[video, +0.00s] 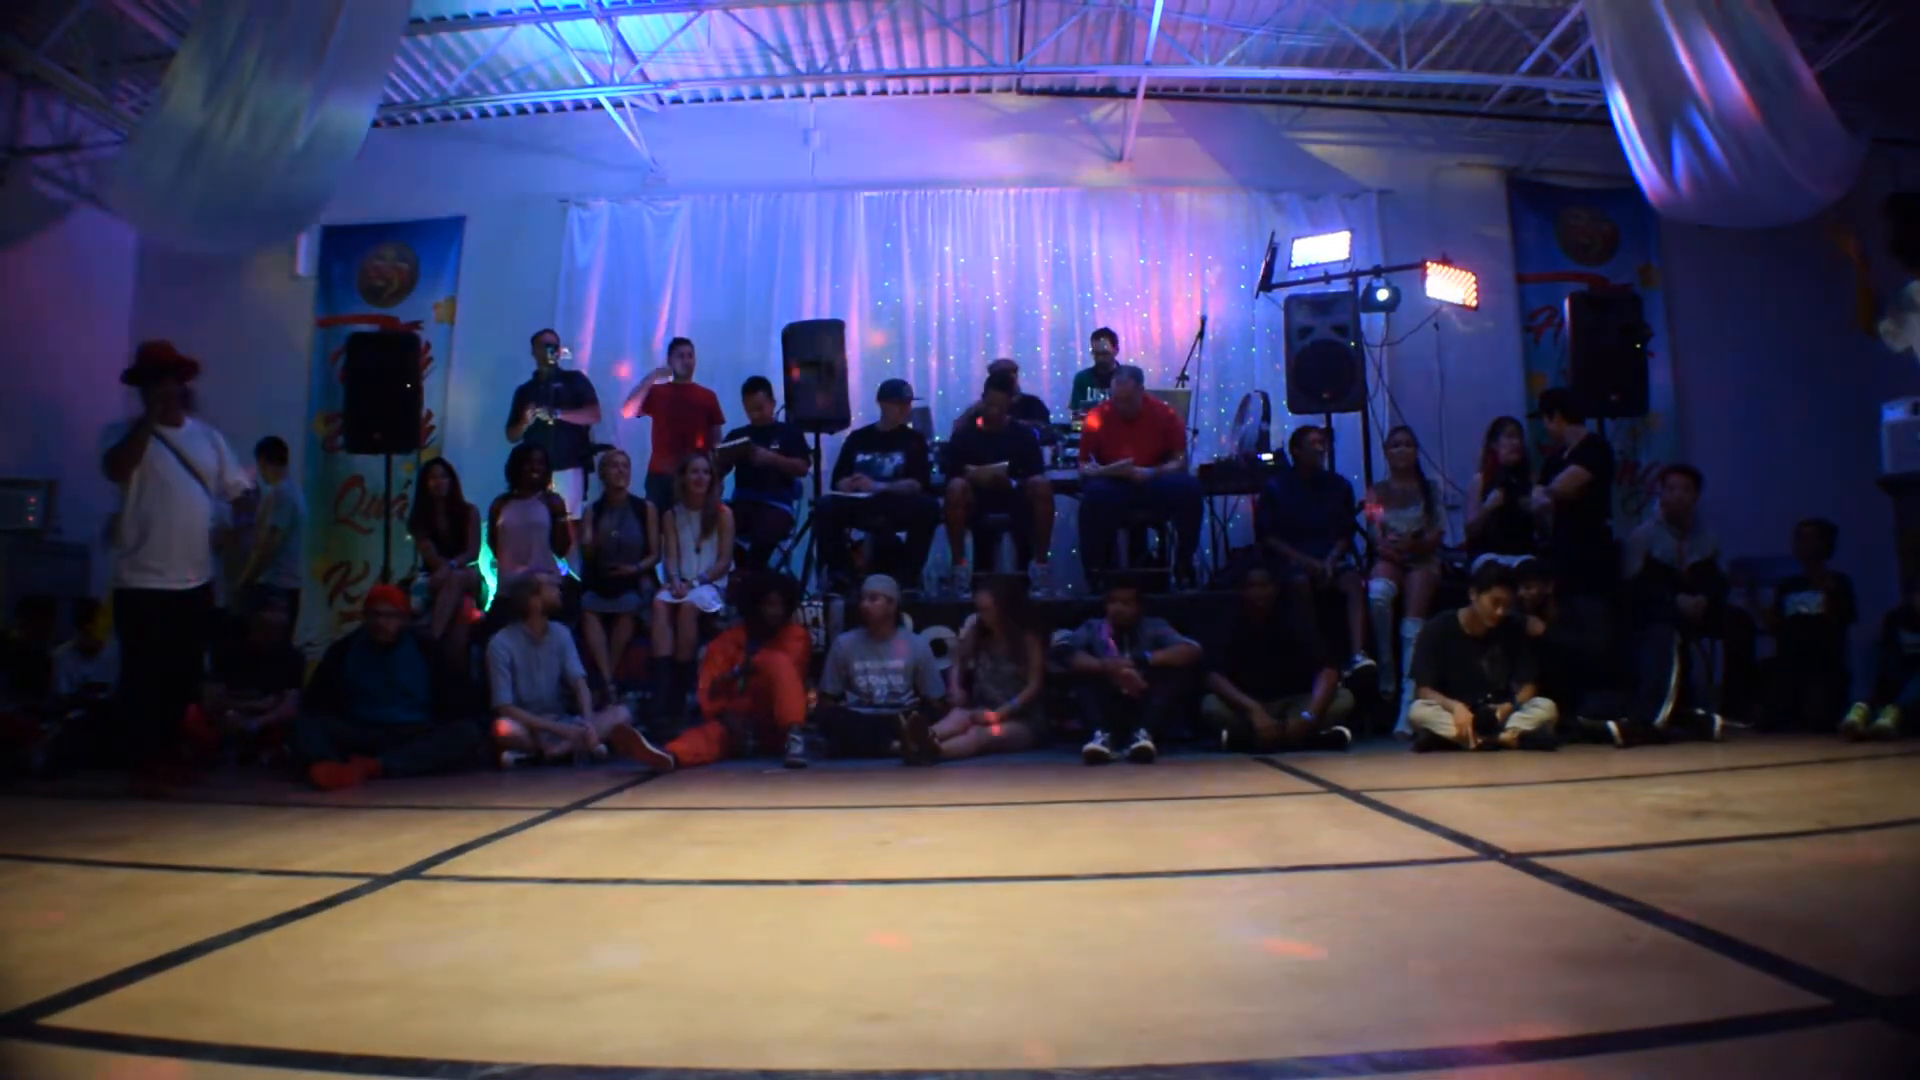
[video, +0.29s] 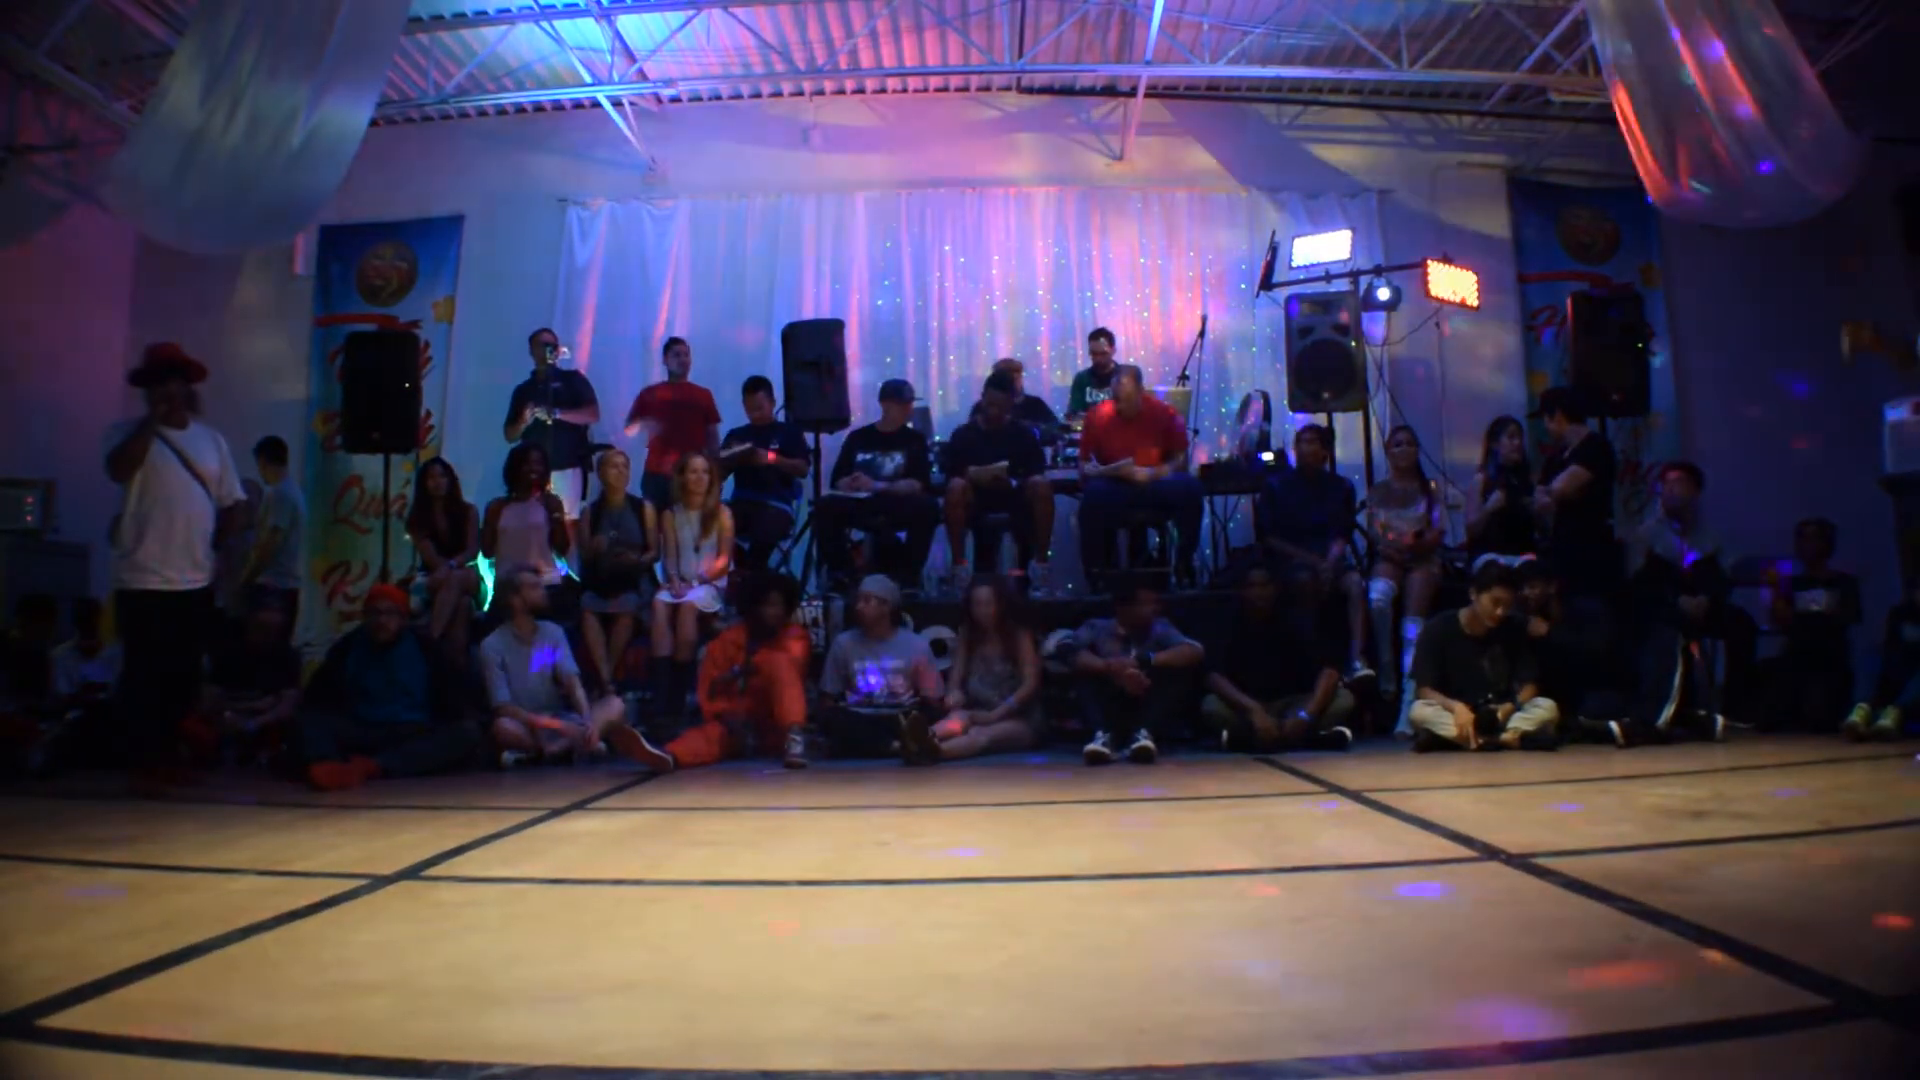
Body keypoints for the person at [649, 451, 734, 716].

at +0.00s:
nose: (700, 478)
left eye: (705, 472)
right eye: (694, 472)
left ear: (712, 478)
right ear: (683, 478)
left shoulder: (722, 513)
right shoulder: (672, 516)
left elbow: (725, 560)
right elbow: (670, 556)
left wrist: (697, 582)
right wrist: (674, 581)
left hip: (710, 580)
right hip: (679, 580)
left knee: (688, 607)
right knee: (659, 605)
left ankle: (682, 682)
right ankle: (662, 680)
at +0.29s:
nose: (698, 478)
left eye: (704, 473)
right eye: (692, 472)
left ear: (712, 479)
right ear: (681, 478)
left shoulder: (721, 514)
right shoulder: (670, 516)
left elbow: (724, 558)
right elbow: (669, 556)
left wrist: (701, 579)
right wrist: (674, 580)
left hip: (707, 581)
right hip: (677, 581)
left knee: (688, 607)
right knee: (660, 605)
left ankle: (682, 683)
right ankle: (661, 681)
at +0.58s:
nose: (700, 477)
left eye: (705, 472)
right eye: (694, 472)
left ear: (711, 478)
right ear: (682, 478)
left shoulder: (722, 513)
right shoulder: (672, 516)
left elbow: (724, 560)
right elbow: (670, 555)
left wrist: (699, 581)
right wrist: (675, 580)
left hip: (711, 579)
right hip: (680, 580)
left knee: (689, 605)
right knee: (661, 603)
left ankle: (683, 679)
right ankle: (664, 677)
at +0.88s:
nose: (692, 478)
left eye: (698, 472)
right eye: (687, 473)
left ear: (708, 478)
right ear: (680, 479)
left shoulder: (721, 513)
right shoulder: (671, 515)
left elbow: (724, 561)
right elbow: (670, 556)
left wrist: (698, 581)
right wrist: (675, 581)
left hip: (710, 580)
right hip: (679, 580)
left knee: (688, 606)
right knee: (659, 602)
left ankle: (682, 676)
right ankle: (662, 674)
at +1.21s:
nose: (683, 478)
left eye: (690, 472)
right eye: (681, 472)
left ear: (704, 478)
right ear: (678, 478)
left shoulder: (721, 514)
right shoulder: (672, 515)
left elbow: (724, 561)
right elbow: (670, 555)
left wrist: (698, 582)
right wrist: (674, 580)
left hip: (709, 581)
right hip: (679, 581)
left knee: (688, 606)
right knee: (659, 603)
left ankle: (682, 680)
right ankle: (662, 678)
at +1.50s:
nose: (683, 477)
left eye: (690, 472)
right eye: (681, 472)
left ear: (704, 477)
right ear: (678, 477)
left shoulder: (721, 514)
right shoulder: (672, 516)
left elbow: (724, 560)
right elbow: (670, 557)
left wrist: (699, 582)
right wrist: (674, 579)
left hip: (710, 580)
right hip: (679, 580)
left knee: (688, 606)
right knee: (660, 602)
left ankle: (681, 678)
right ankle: (662, 675)